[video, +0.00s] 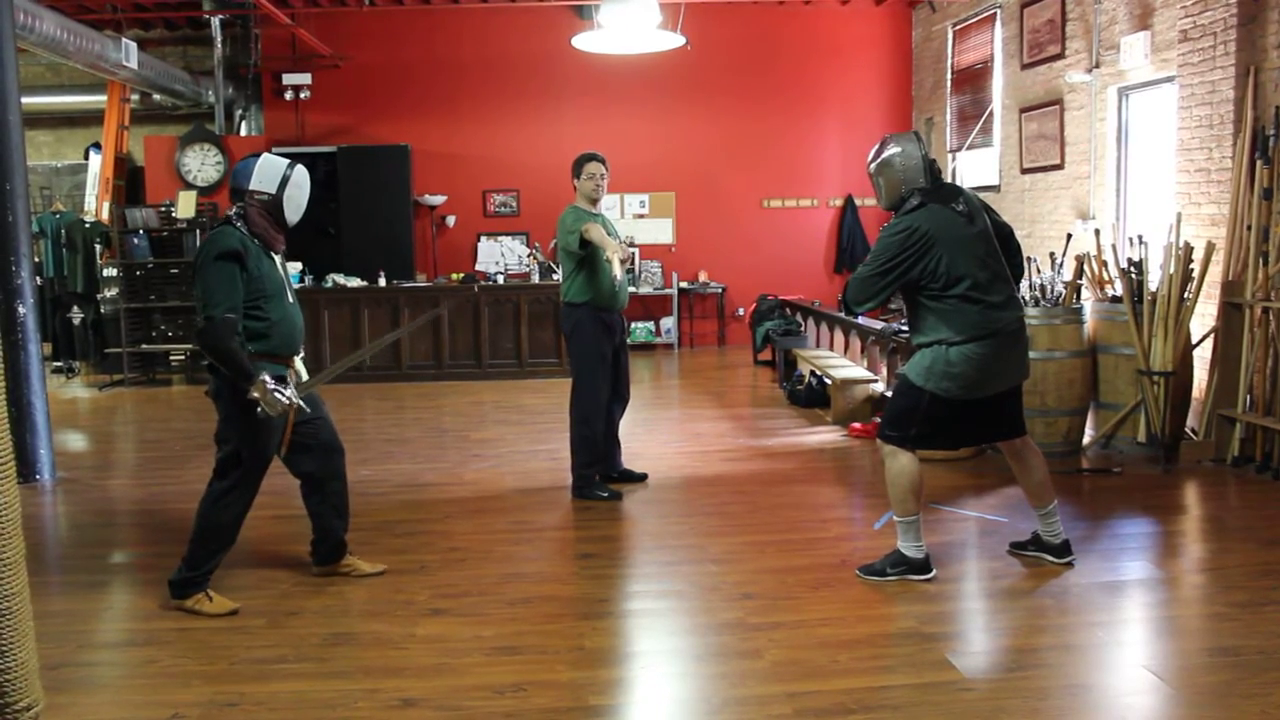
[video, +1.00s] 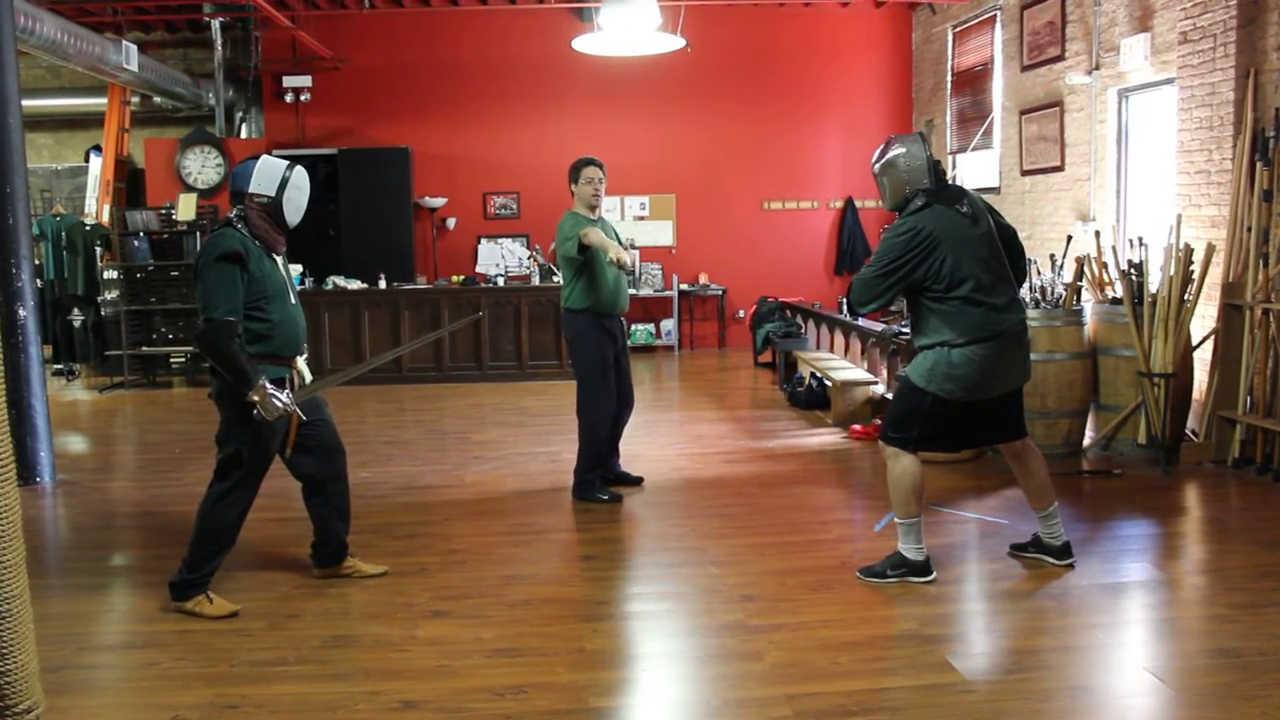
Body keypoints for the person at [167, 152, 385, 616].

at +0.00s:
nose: (294, 208)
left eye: (294, 199)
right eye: (290, 198)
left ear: (259, 193)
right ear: (267, 194)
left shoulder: (263, 242)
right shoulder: (228, 244)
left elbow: (270, 309)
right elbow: (217, 330)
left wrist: (290, 358)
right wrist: (256, 383)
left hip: (284, 375)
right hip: (249, 379)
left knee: (325, 458)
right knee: (235, 481)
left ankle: (331, 554)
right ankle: (189, 585)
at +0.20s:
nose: (295, 207)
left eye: (295, 198)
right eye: (291, 196)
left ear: (260, 192)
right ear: (269, 192)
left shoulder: (263, 241)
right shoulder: (228, 244)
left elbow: (272, 307)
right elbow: (221, 327)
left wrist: (293, 355)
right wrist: (262, 376)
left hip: (286, 374)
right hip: (249, 380)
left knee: (324, 458)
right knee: (235, 479)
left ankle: (331, 554)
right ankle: (189, 585)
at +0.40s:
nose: (295, 209)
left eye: (294, 199)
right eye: (291, 198)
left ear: (259, 193)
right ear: (268, 194)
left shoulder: (262, 243)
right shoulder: (229, 246)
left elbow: (272, 311)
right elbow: (222, 331)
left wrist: (294, 360)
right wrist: (261, 383)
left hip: (287, 375)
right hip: (253, 379)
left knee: (327, 456)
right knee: (237, 480)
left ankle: (332, 554)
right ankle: (190, 585)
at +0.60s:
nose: (294, 208)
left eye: (294, 199)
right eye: (290, 198)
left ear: (259, 194)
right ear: (267, 194)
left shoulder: (263, 243)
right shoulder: (229, 246)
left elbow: (273, 309)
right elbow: (219, 333)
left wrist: (294, 356)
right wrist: (257, 388)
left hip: (286, 374)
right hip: (251, 379)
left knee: (326, 458)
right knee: (236, 482)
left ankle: (332, 555)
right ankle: (190, 586)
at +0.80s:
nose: (295, 209)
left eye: (295, 200)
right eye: (291, 199)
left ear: (259, 194)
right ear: (269, 195)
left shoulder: (264, 243)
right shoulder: (229, 246)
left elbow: (272, 310)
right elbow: (216, 331)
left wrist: (293, 357)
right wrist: (254, 388)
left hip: (287, 375)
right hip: (252, 380)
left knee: (326, 459)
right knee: (235, 483)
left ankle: (332, 555)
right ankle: (189, 587)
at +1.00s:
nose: (295, 209)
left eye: (295, 200)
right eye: (291, 199)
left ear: (259, 194)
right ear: (269, 195)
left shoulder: (264, 243)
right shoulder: (229, 246)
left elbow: (272, 309)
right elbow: (217, 332)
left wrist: (293, 356)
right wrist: (255, 388)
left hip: (286, 376)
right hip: (251, 380)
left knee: (326, 459)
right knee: (235, 483)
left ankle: (332, 555)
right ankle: (190, 587)